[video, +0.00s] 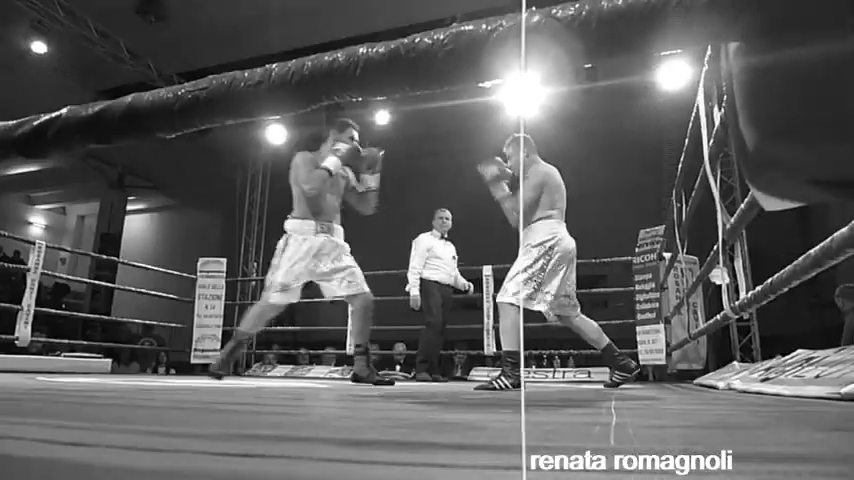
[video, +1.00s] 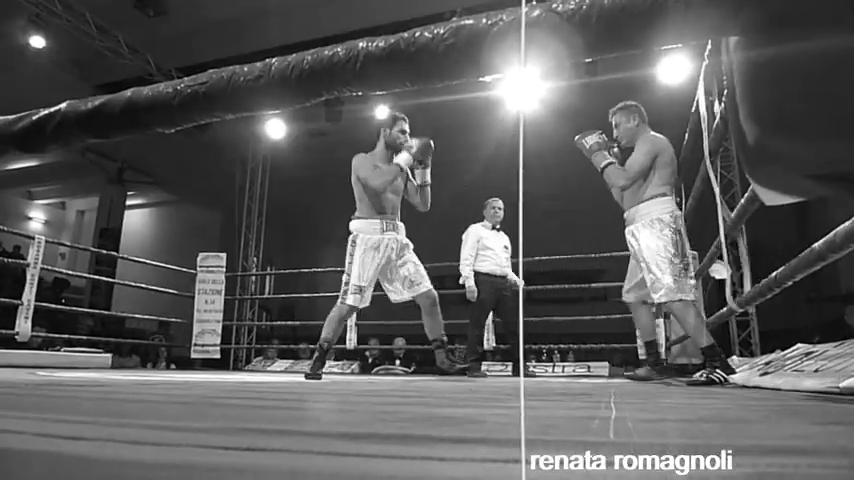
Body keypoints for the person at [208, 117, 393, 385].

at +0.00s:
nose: (351, 148)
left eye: (354, 143)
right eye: (347, 141)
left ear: (351, 147)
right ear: (331, 139)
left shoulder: (344, 174)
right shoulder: (304, 160)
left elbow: (367, 207)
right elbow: (310, 187)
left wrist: (371, 173)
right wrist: (335, 160)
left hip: (333, 245)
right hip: (299, 242)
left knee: (363, 300)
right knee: (273, 303)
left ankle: (362, 367)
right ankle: (227, 355)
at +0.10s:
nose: (365, 158)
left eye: (368, 154)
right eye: (362, 152)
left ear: (364, 157)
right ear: (346, 147)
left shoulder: (361, 178)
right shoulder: (318, 169)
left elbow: (395, 197)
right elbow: (330, 186)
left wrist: (407, 182)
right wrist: (355, 166)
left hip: (344, 249)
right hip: (313, 246)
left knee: (384, 298)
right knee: (307, 300)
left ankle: (374, 364)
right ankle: (262, 356)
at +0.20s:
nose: (397, 170)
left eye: (399, 167)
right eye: (393, 164)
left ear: (390, 168)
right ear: (375, 161)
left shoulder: (380, 197)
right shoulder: (352, 184)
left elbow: (377, 235)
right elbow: (375, 209)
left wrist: (404, 235)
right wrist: (401, 187)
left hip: (371, 263)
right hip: (343, 259)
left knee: (419, 306)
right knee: (320, 318)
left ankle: (437, 361)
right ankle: (268, 362)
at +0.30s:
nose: (430, 193)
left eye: (432, 189)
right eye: (428, 187)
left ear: (418, 185)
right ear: (416, 182)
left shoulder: (407, 205)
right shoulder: (397, 197)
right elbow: (414, 230)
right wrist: (428, 206)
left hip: (391, 273)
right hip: (371, 267)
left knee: (439, 316)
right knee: (339, 327)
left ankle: (462, 370)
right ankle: (276, 358)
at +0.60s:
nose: (458, 187)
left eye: (458, 183)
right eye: (454, 182)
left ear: (442, 185)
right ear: (439, 182)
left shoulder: (434, 215)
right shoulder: (425, 193)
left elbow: (438, 258)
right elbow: (434, 215)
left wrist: (455, 236)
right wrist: (461, 202)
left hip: (416, 265)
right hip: (397, 259)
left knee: (459, 305)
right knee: (388, 316)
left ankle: (466, 367)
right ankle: (324, 356)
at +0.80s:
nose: (439, 170)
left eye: (440, 165)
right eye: (435, 164)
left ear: (435, 168)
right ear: (417, 163)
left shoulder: (425, 199)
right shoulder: (389, 189)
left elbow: (433, 241)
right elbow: (397, 222)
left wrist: (447, 213)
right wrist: (425, 194)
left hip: (406, 263)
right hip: (379, 259)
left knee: (451, 307)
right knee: (370, 313)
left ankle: (465, 366)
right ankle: (324, 358)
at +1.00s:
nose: (406, 139)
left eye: (408, 134)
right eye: (402, 132)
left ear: (404, 139)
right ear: (384, 133)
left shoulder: (401, 171)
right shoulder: (361, 161)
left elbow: (422, 205)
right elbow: (377, 183)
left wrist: (424, 171)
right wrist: (405, 159)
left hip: (397, 240)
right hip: (366, 240)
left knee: (429, 297)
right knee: (348, 304)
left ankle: (443, 358)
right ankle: (318, 361)